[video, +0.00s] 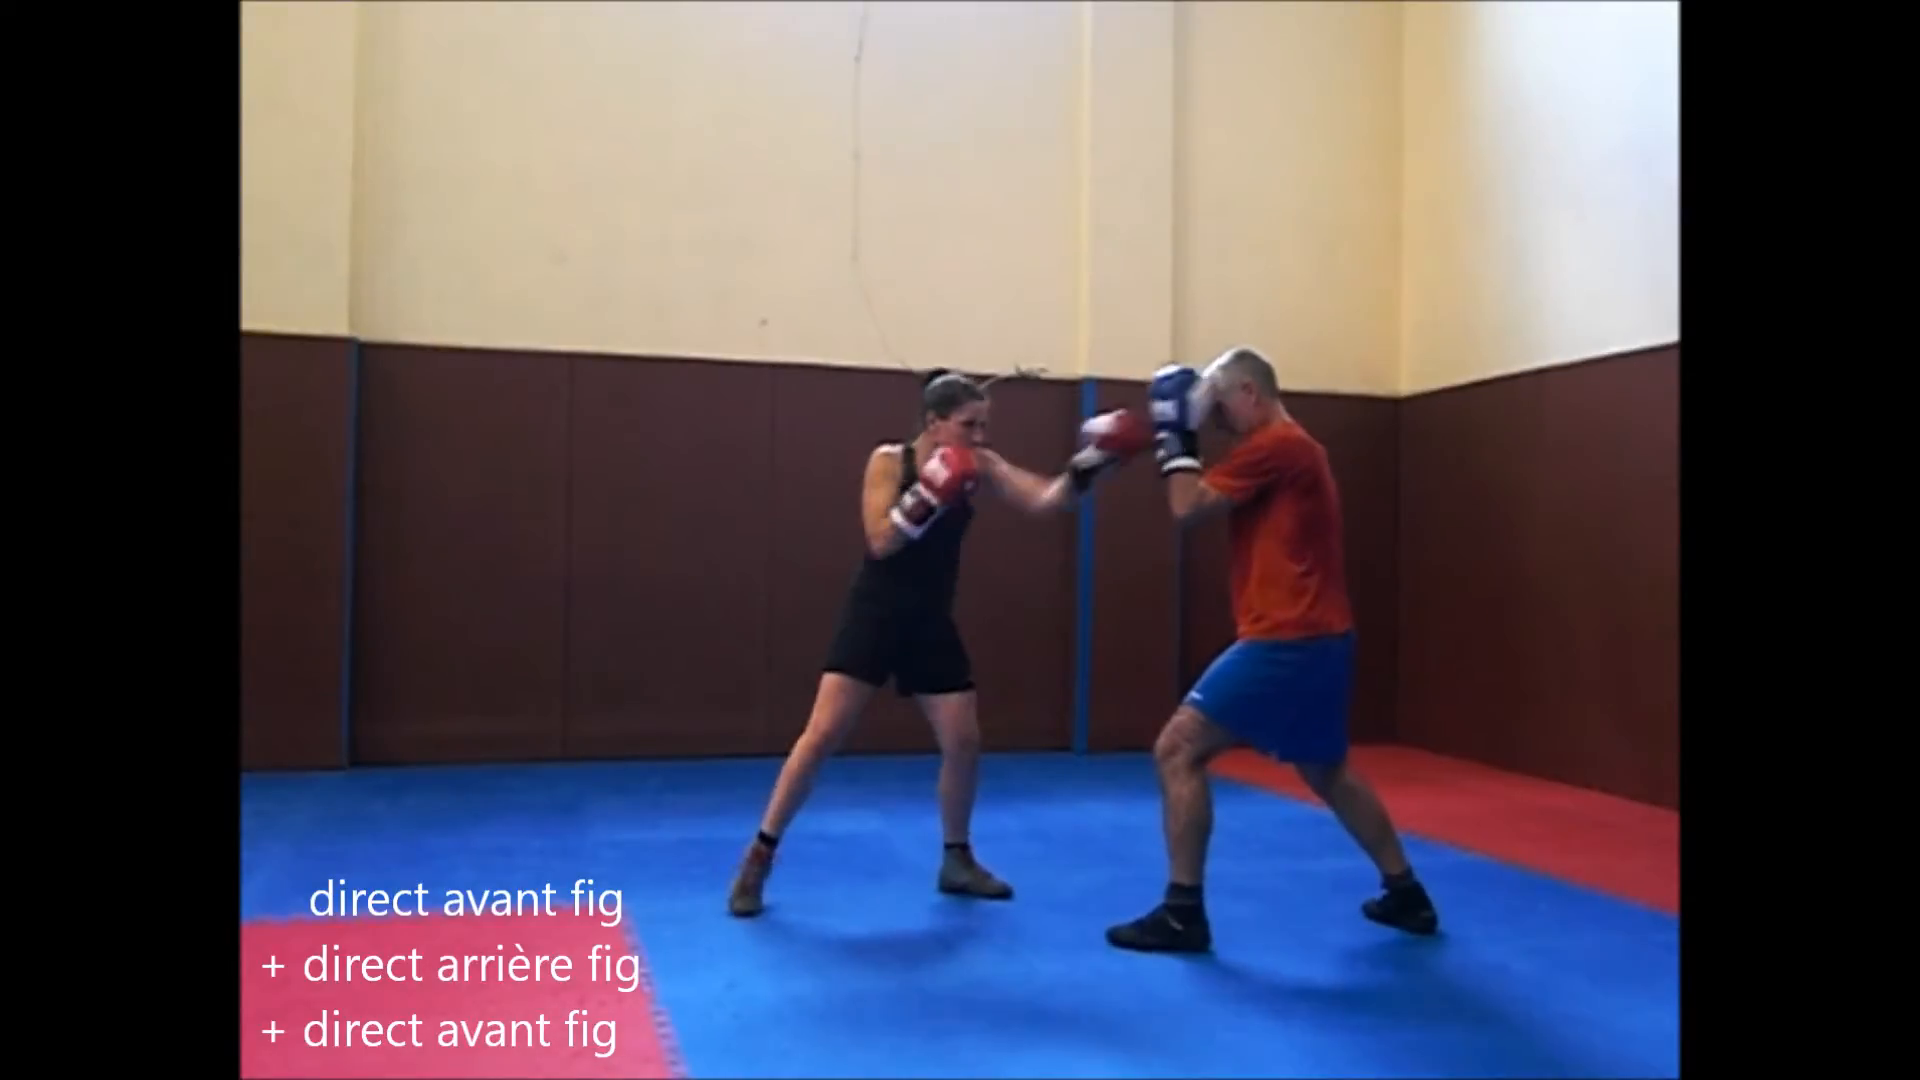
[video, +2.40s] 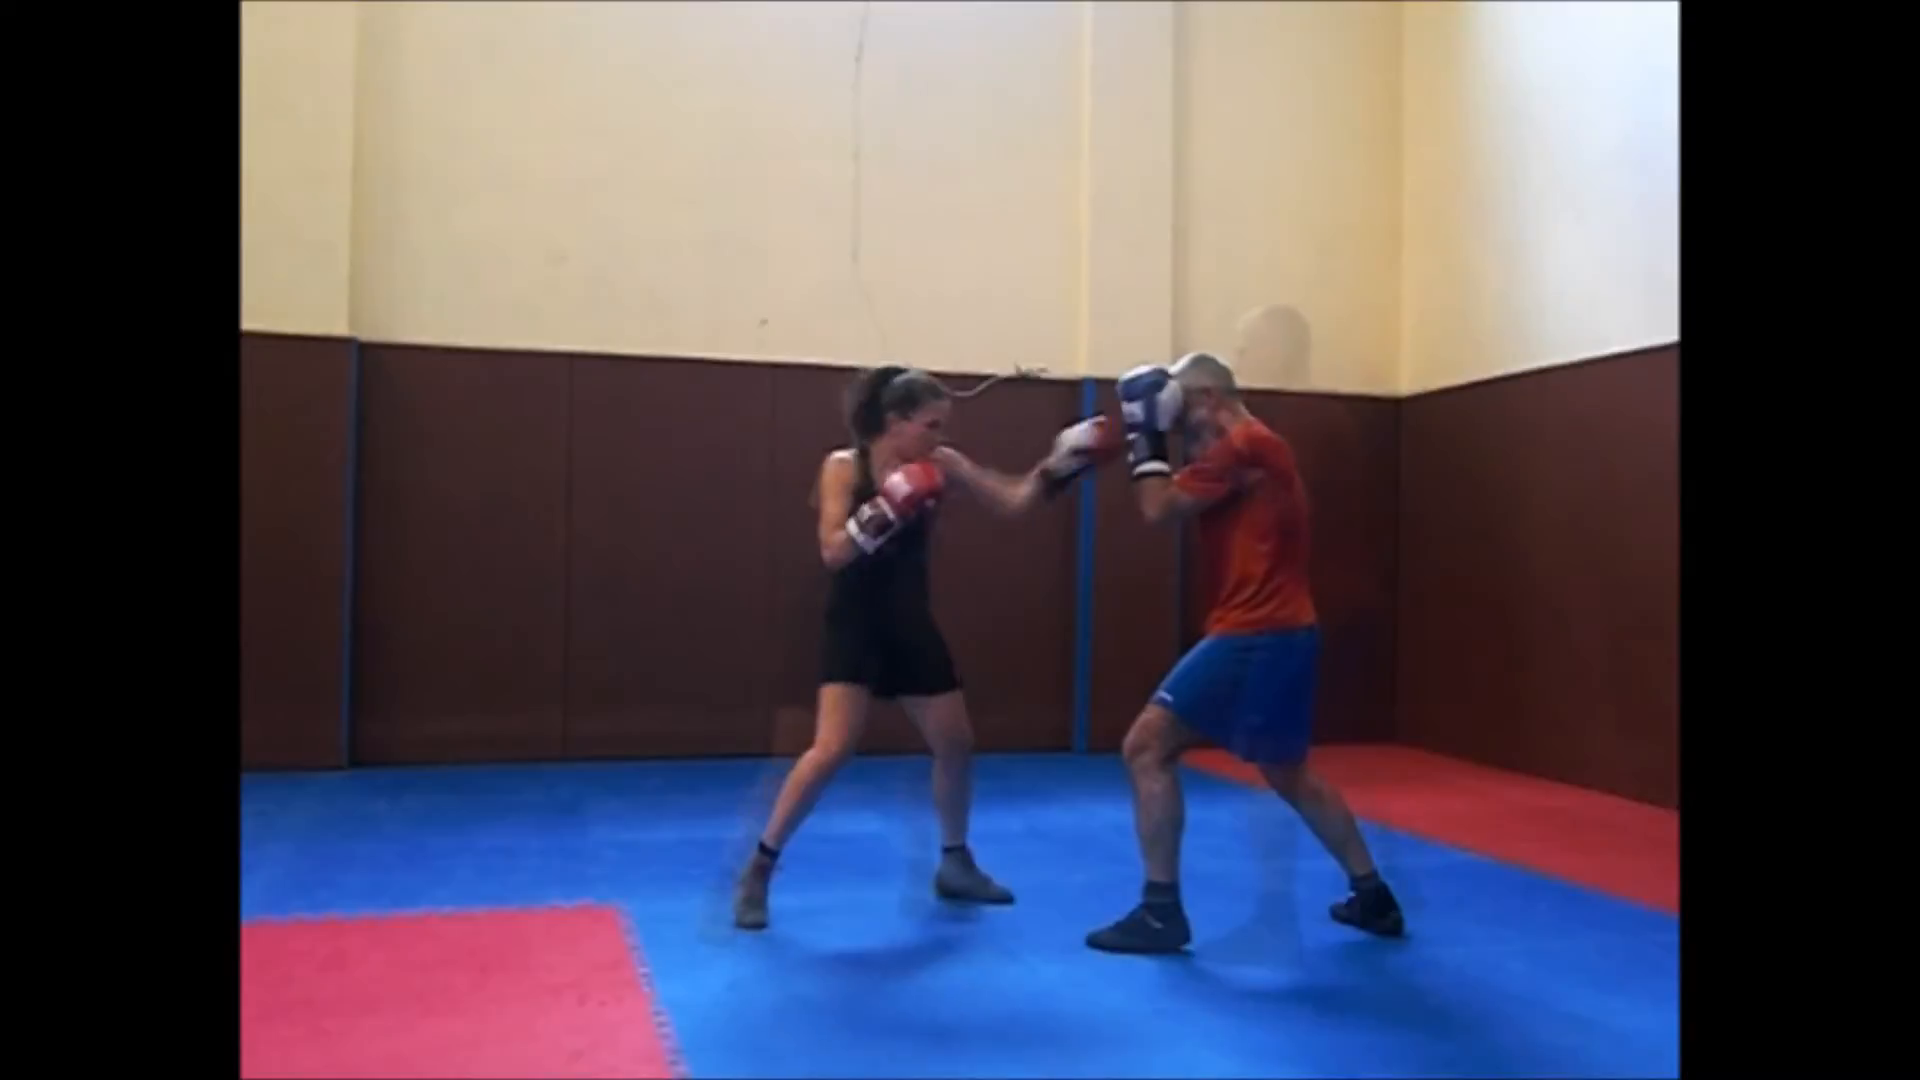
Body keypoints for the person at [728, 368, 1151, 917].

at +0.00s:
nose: (981, 435)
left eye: (984, 424)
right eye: (971, 424)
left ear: (980, 424)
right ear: (934, 422)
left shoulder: (980, 466)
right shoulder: (890, 462)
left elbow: (1043, 499)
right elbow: (879, 541)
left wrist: (1087, 465)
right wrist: (928, 496)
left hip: (930, 622)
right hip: (874, 616)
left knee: (963, 739)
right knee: (824, 732)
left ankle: (957, 861)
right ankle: (759, 857)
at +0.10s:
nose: (973, 435)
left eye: (974, 425)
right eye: (965, 423)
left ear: (948, 422)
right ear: (932, 419)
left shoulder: (955, 471)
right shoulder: (886, 466)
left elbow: (979, 544)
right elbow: (910, 544)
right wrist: (947, 489)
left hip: (925, 625)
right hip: (870, 623)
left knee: (960, 740)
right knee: (824, 738)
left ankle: (957, 860)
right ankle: (750, 853)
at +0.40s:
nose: (929, 429)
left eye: (932, 419)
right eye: (927, 418)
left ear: (903, 412)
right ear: (901, 410)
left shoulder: (895, 459)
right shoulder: (851, 451)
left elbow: (939, 526)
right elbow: (899, 523)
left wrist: (957, 471)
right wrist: (928, 472)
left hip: (879, 617)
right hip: (828, 616)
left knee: (938, 729)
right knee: (792, 741)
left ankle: (935, 851)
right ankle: (723, 860)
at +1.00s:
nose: (855, 447)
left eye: (860, 438)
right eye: (852, 435)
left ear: (840, 429)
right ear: (821, 423)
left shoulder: (831, 472)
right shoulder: (780, 466)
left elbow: (876, 513)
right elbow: (851, 514)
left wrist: (901, 467)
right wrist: (877, 475)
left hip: (835, 633)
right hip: (782, 635)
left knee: (892, 743)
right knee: (749, 762)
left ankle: (890, 868)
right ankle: (688, 881)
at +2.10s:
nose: (886, 433)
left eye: (887, 423)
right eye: (881, 422)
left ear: (851, 420)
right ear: (852, 419)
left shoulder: (843, 467)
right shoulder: (813, 465)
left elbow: (893, 523)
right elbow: (897, 514)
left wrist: (919, 463)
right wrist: (918, 460)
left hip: (850, 623)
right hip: (806, 629)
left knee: (930, 713)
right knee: (809, 758)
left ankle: (916, 835)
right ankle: (755, 875)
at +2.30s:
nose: (918, 430)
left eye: (921, 420)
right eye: (910, 419)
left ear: (910, 418)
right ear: (872, 414)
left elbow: (988, 485)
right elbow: (826, 542)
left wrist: (1036, 456)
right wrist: (884, 494)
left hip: (898, 615)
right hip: (837, 618)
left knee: (948, 735)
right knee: (812, 741)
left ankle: (961, 850)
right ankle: (751, 871)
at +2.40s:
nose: (937, 438)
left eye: (940, 428)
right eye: (930, 426)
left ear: (929, 427)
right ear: (891, 420)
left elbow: (1014, 497)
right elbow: (832, 551)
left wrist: (1059, 463)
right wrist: (884, 509)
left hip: (912, 626)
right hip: (856, 627)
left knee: (955, 741)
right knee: (833, 746)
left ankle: (956, 865)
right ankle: (759, 870)